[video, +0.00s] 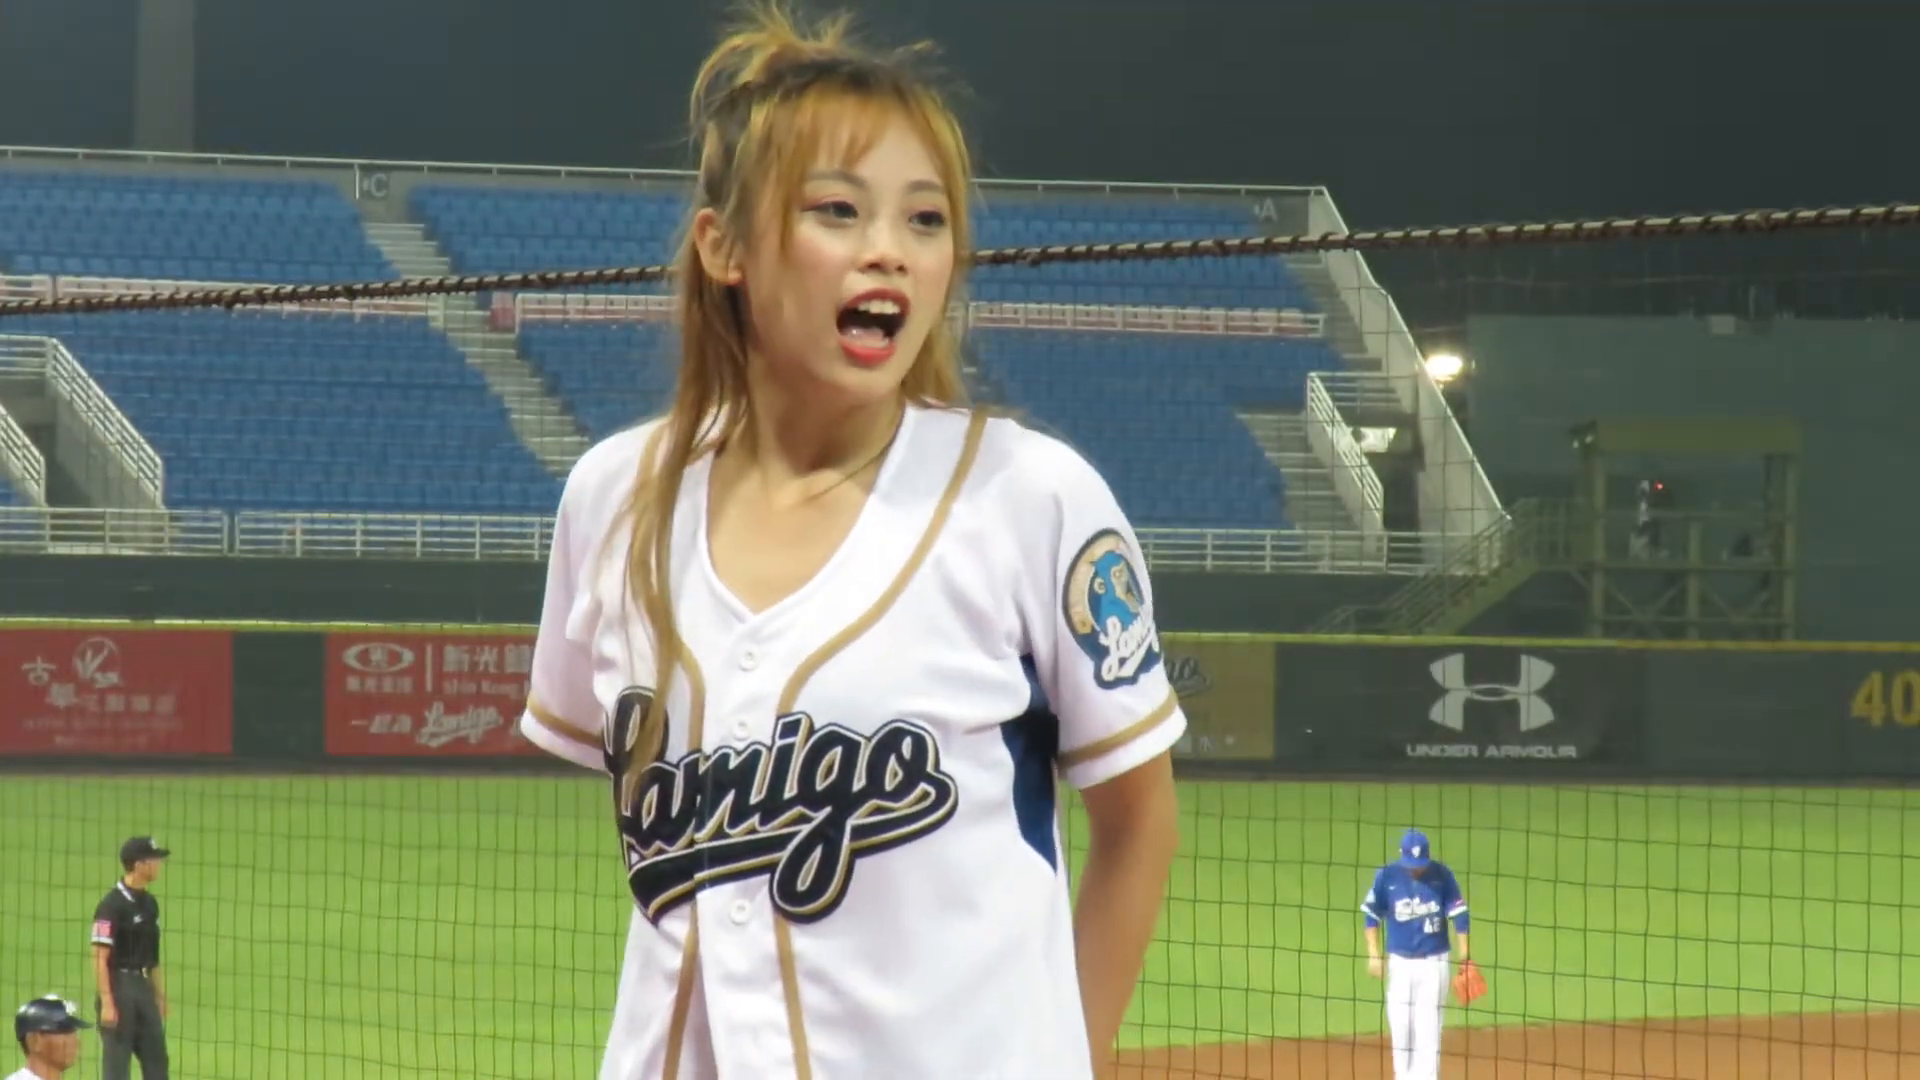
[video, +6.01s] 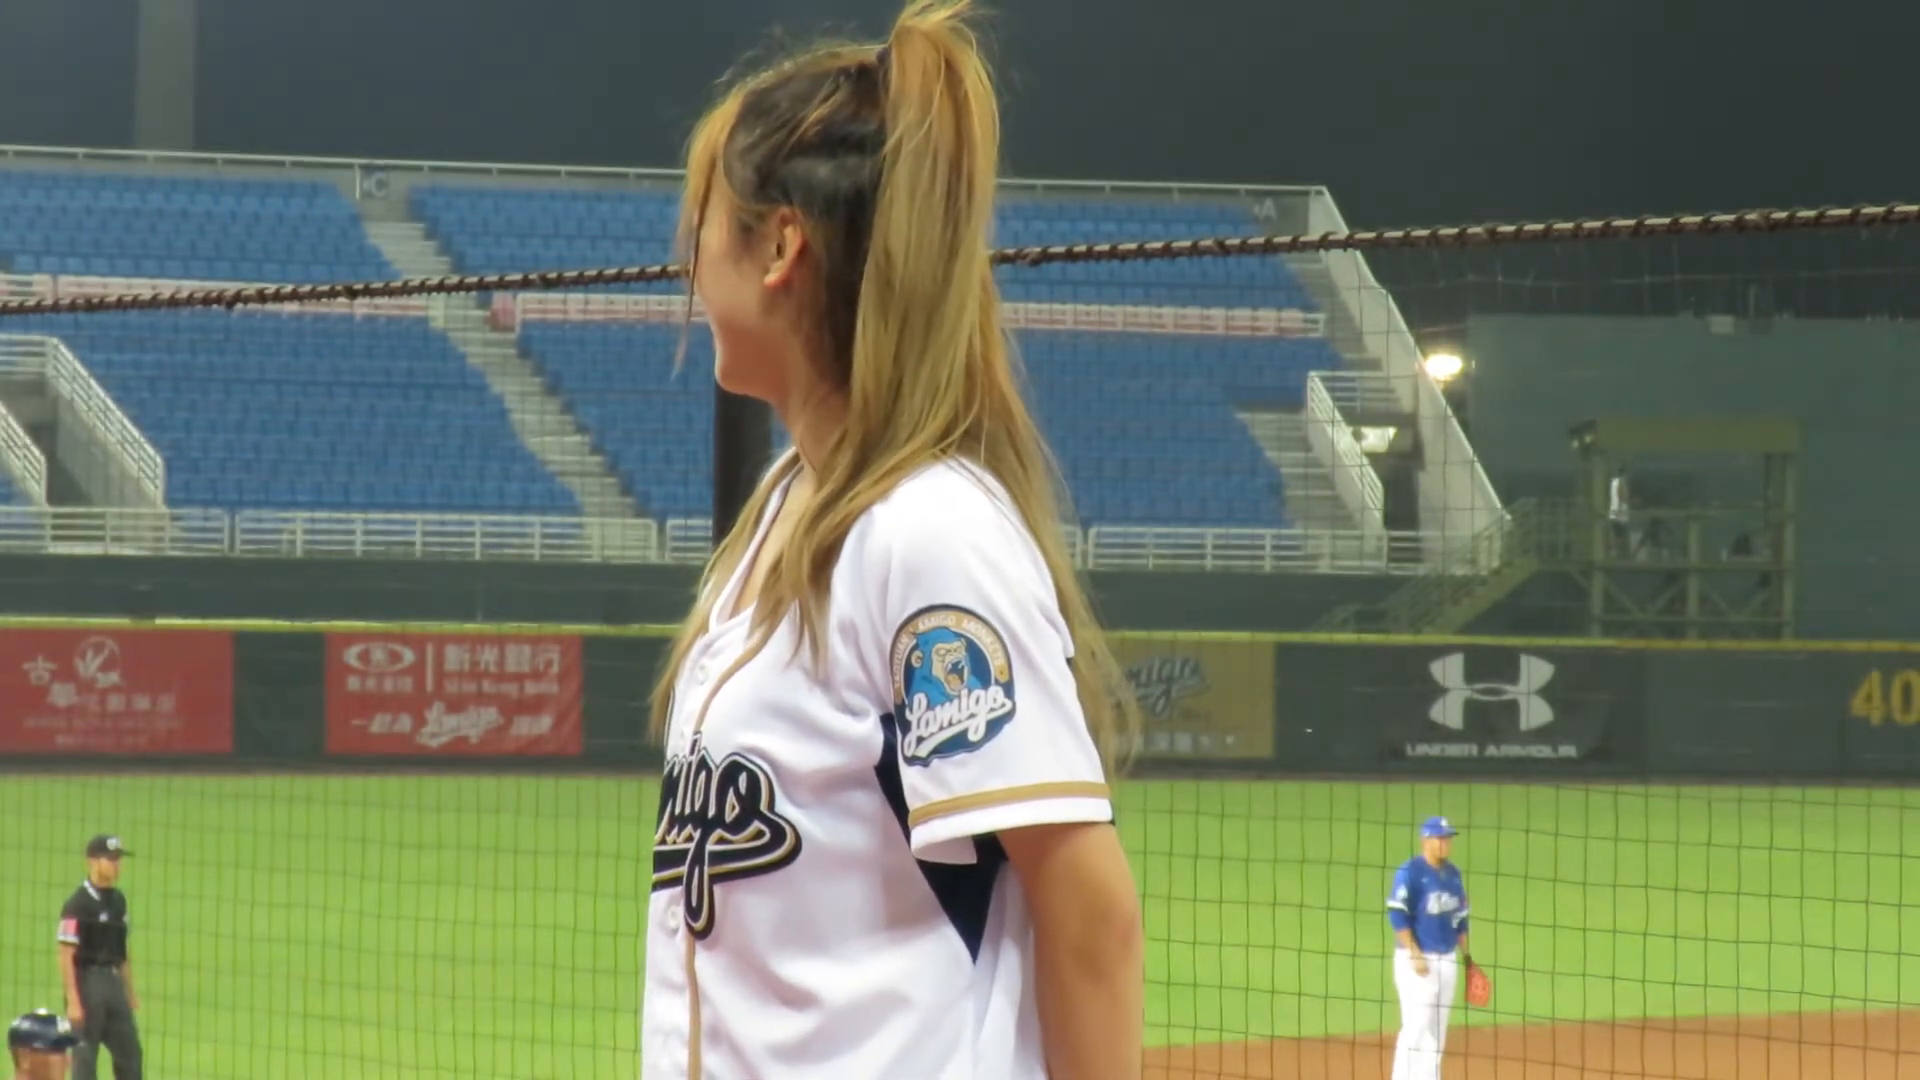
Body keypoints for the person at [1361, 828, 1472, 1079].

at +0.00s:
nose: (1416, 870)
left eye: (1420, 865)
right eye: (1411, 865)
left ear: (1428, 857)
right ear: (1402, 858)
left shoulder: (1441, 875)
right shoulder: (1387, 876)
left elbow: (1460, 916)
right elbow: (1371, 914)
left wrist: (1464, 959)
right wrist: (1374, 955)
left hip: (1434, 963)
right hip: (1399, 963)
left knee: (1428, 1028)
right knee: (1400, 1027)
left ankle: (1427, 1075)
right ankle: (1402, 1075)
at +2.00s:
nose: (1474, 852)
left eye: (1478, 846)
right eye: (1469, 845)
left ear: (1483, 850)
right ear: (1455, 847)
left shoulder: (1487, 882)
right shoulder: (1435, 876)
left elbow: (1503, 924)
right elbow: (1417, 916)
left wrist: (1488, 907)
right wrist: (1453, 910)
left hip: (1479, 967)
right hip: (1444, 965)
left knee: (1473, 1041)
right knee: (1442, 1036)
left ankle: (1468, 1077)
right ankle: (1432, 1076)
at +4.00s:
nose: (1441, 845)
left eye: (1442, 840)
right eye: (1435, 840)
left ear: (1444, 843)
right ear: (1421, 842)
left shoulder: (1454, 877)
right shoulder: (1403, 878)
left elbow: (1465, 921)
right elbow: (1392, 923)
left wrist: (1470, 956)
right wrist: (1402, 960)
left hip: (1452, 965)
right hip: (1417, 965)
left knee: (1450, 1041)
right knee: (1414, 1038)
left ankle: (1443, 1078)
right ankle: (1406, 1077)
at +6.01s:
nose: (1445, 844)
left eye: (1447, 839)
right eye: (1439, 839)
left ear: (1450, 842)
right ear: (1426, 840)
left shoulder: (1452, 874)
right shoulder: (1410, 872)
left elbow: (1460, 921)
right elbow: (1397, 914)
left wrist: (1467, 960)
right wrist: (1415, 952)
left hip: (1447, 960)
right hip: (1416, 958)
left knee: (1437, 1028)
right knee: (1416, 1025)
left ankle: (1429, 1075)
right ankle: (1404, 1075)